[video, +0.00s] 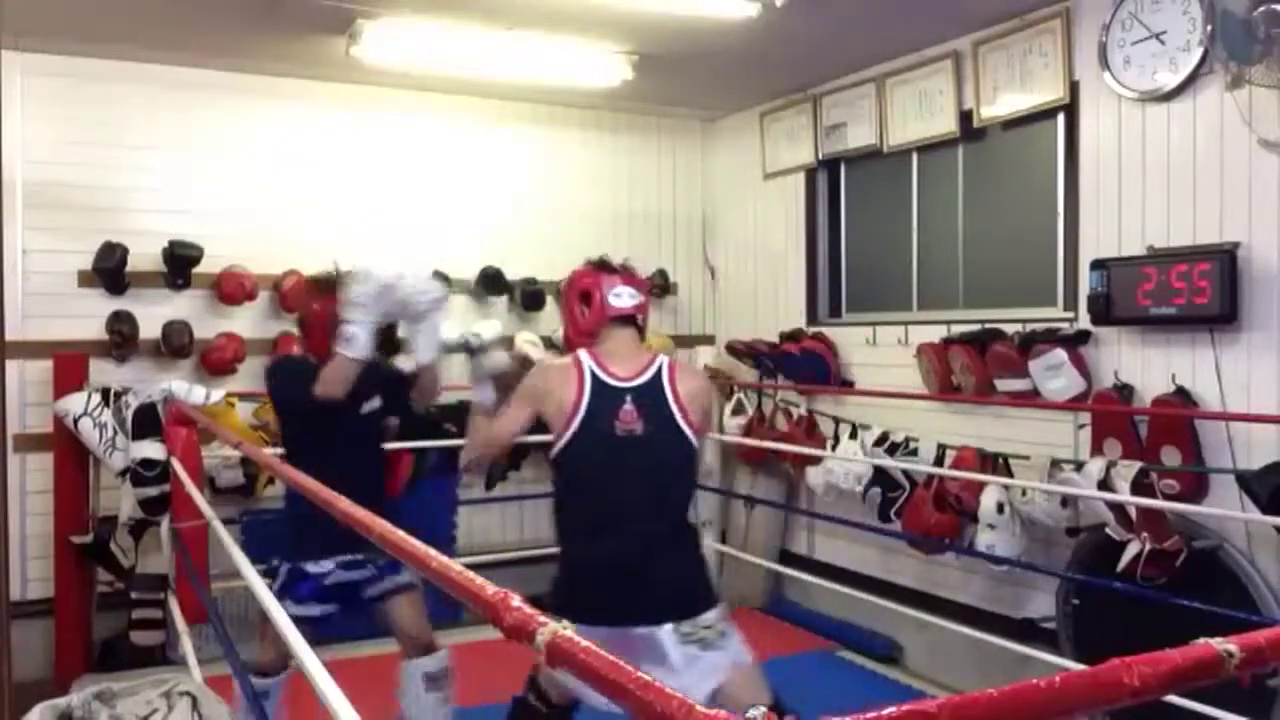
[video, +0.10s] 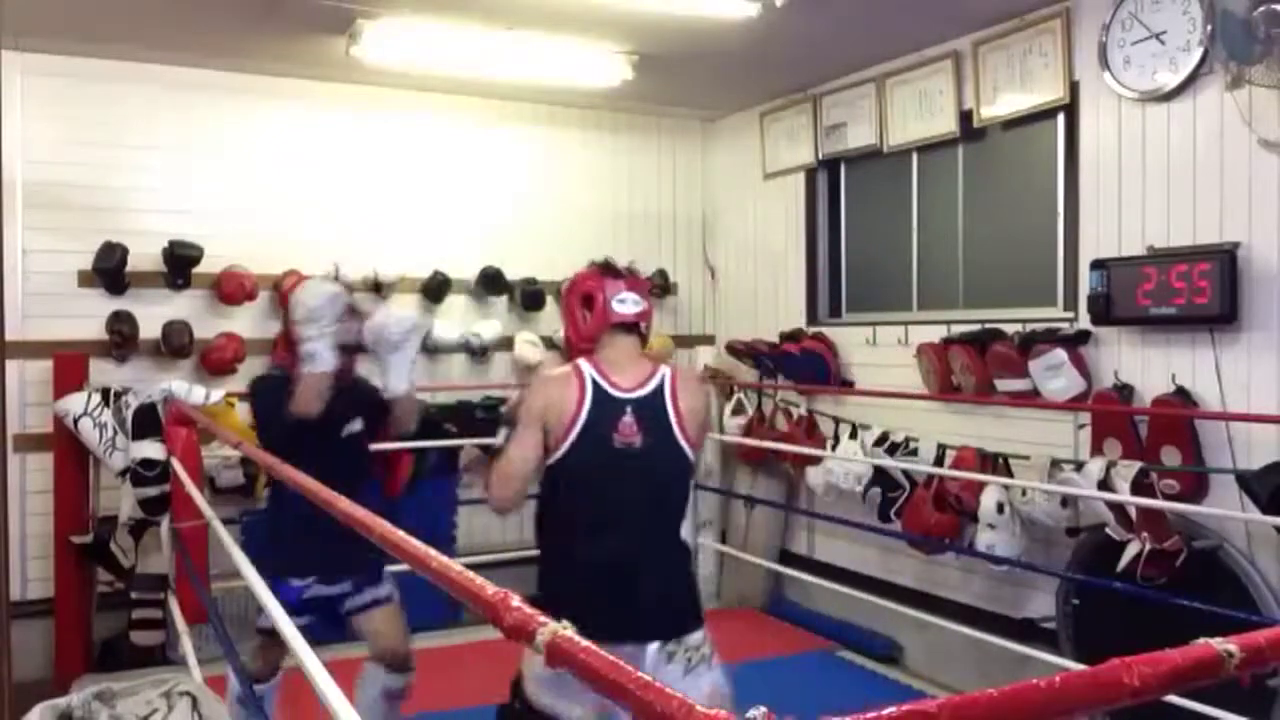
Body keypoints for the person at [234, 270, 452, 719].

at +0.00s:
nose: (339, 320)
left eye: (346, 309)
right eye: (328, 306)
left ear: (357, 325)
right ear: (307, 317)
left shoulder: (373, 374)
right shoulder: (288, 372)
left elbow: (423, 396)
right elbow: (330, 390)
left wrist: (426, 328)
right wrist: (360, 324)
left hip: (376, 534)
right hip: (309, 538)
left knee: (420, 641)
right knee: (270, 660)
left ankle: (430, 712)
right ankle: (254, 713)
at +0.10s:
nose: (347, 328)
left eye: (350, 318)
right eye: (335, 319)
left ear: (352, 332)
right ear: (303, 333)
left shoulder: (356, 390)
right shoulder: (272, 389)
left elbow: (401, 425)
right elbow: (298, 419)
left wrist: (399, 364)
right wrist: (318, 345)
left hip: (354, 546)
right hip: (290, 550)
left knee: (394, 652)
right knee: (264, 661)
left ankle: (376, 714)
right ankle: (246, 712)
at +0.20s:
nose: (336, 355)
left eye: (345, 346)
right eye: (327, 343)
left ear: (354, 348)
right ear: (303, 341)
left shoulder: (354, 390)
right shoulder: (259, 383)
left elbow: (397, 435)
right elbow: (268, 419)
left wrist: (393, 372)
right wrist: (293, 347)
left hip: (344, 542)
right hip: (277, 545)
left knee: (380, 646)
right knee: (255, 662)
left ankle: (362, 716)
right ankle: (247, 714)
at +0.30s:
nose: (335, 331)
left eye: (342, 319)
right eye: (323, 319)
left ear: (352, 319)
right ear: (289, 317)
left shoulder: (351, 366)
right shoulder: (253, 367)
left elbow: (382, 438)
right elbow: (241, 436)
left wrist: (385, 385)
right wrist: (286, 382)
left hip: (341, 517)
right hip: (276, 522)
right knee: (255, 642)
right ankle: (251, 717)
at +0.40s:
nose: (338, 334)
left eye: (342, 323)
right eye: (327, 322)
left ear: (347, 327)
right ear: (294, 323)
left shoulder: (352, 372)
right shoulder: (252, 377)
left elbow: (378, 438)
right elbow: (238, 444)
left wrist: (369, 419)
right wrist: (293, 423)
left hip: (343, 519)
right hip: (276, 525)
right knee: (257, 637)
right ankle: (266, 716)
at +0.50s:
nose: (332, 363)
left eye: (342, 351)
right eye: (321, 350)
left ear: (351, 352)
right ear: (291, 347)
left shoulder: (359, 393)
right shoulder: (258, 401)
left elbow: (384, 469)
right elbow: (236, 473)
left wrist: (372, 448)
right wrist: (286, 459)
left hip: (344, 540)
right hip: (275, 544)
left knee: (385, 645)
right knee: (259, 655)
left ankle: (413, 708)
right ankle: (268, 713)